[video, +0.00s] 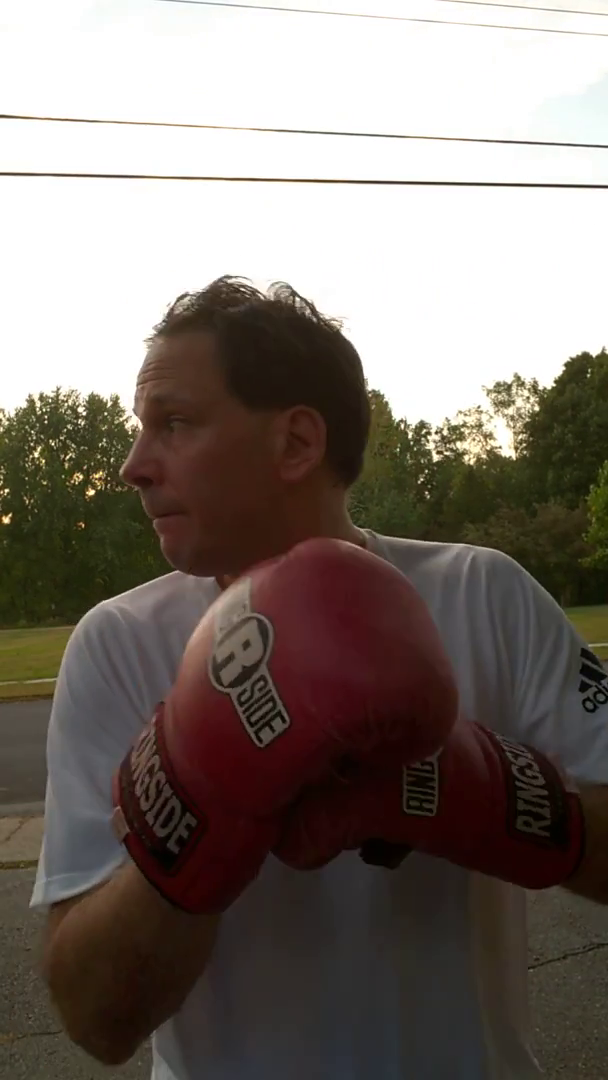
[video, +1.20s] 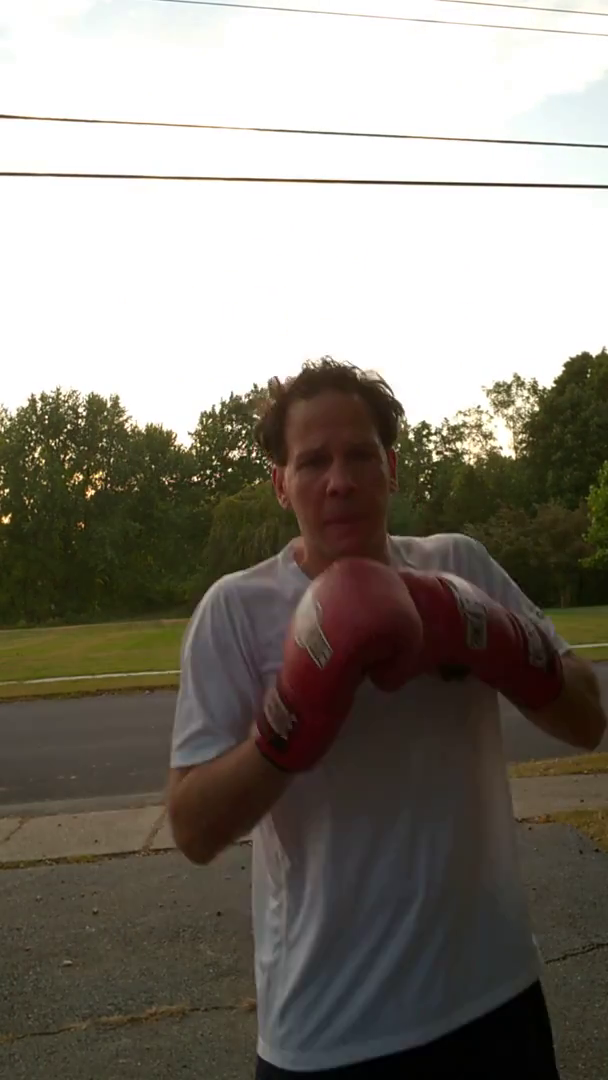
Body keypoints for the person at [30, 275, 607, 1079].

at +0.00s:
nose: (133, 468)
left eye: (173, 422)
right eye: (142, 429)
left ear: (298, 442)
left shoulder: (486, 599)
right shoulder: (117, 644)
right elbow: (98, 1019)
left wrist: (477, 796)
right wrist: (208, 805)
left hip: (473, 1060)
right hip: (223, 1067)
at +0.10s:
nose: (190, 470)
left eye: (229, 431)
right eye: (198, 435)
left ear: (346, 451)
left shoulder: (525, 610)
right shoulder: (166, 643)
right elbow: (129, 989)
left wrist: (487, 805)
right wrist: (247, 813)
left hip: (498, 1059)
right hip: (251, 1066)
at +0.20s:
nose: (258, 500)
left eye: (300, 466)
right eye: (262, 470)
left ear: (411, 488)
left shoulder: (574, 649)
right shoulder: (232, 666)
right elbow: (155, 977)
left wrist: (571, 848)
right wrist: (287, 847)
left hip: (534, 1061)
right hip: (302, 1065)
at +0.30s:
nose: (308, 510)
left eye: (349, 476)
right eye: (304, 480)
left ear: (448, 491)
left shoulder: (576, 636)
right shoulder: (260, 680)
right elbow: (186, 978)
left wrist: (585, 825)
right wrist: (278, 883)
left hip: (558, 1057)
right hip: (336, 1062)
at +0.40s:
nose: (320, 450)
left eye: (357, 416)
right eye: (302, 423)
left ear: (435, 430)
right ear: (287, 442)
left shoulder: (533, 572)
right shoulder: (242, 617)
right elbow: (189, 903)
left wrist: (587, 733)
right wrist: (311, 776)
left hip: (535, 1041)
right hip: (328, 1052)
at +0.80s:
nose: (337, 456)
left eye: (359, 427)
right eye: (307, 433)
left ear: (390, 440)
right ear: (264, 457)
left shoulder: (445, 553)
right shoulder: (209, 610)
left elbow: (553, 723)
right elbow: (181, 865)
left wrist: (514, 663)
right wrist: (329, 732)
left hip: (488, 1003)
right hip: (319, 1040)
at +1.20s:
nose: (341, 481)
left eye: (360, 455)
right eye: (314, 462)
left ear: (391, 468)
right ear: (282, 484)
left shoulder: (461, 567)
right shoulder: (234, 612)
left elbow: (588, 724)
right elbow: (195, 831)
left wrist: (486, 638)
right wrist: (293, 713)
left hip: (487, 985)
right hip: (325, 1015)